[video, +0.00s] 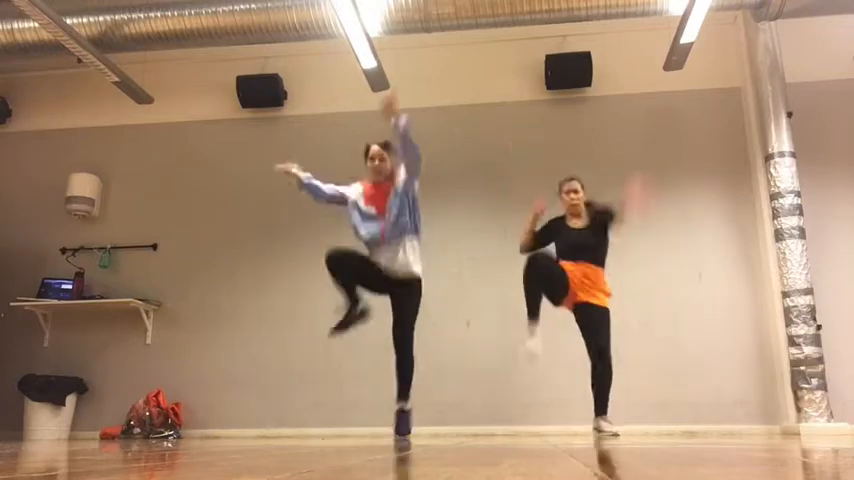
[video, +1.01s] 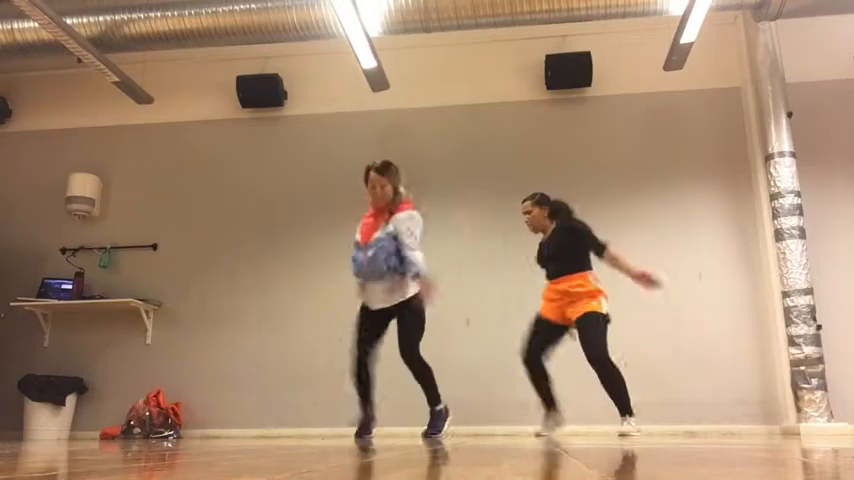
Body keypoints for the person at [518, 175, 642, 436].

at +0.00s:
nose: (573, 196)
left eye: (576, 191)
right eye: (568, 192)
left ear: (584, 195)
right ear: (561, 198)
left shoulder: (599, 216)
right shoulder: (557, 225)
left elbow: (620, 216)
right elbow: (526, 247)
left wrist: (631, 200)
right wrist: (534, 219)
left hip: (592, 292)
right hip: (563, 285)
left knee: (601, 355)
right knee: (536, 261)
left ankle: (601, 418)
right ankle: (533, 329)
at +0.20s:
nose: (562, 174)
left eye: (567, 170)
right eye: (557, 170)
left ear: (575, 173)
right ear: (550, 174)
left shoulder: (586, 186)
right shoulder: (541, 197)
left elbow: (618, 166)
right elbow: (525, 229)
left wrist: (612, 132)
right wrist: (530, 214)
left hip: (582, 258)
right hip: (550, 258)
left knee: (608, 297)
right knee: (510, 276)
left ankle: (603, 354)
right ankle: (524, 335)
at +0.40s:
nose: (561, 197)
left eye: (565, 193)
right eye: (556, 193)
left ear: (573, 199)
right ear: (548, 198)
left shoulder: (579, 232)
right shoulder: (538, 214)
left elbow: (595, 266)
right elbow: (515, 189)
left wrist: (611, 247)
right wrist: (518, 159)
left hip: (568, 289)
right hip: (540, 294)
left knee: (598, 265)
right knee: (535, 357)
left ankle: (606, 321)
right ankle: (525, 418)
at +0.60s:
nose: (546, 206)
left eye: (549, 200)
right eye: (542, 203)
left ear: (562, 196)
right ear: (539, 206)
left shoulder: (584, 219)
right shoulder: (542, 221)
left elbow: (603, 207)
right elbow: (519, 188)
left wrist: (573, 186)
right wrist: (544, 167)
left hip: (578, 291)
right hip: (544, 290)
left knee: (597, 350)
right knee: (524, 349)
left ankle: (615, 417)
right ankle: (516, 411)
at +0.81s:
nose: (528, 223)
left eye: (531, 216)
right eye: (527, 219)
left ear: (548, 211)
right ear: (539, 217)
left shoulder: (573, 213)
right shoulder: (545, 238)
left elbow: (589, 190)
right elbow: (517, 243)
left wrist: (594, 157)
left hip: (591, 293)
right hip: (563, 291)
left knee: (606, 352)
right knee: (511, 280)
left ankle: (622, 415)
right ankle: (533, 336)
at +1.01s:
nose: (525, 220)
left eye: (528, 213)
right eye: (523, 215)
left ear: (544, 210)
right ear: (538, 214)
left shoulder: (572, 228)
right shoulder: (544, 245)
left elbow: (605, 254)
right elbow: (558, 284)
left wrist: (635, 274)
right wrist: (565, 319)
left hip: (585, 298)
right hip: (556, 303)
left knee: (597, 356)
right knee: (530, 356)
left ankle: (627, 417)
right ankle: (552, 413)